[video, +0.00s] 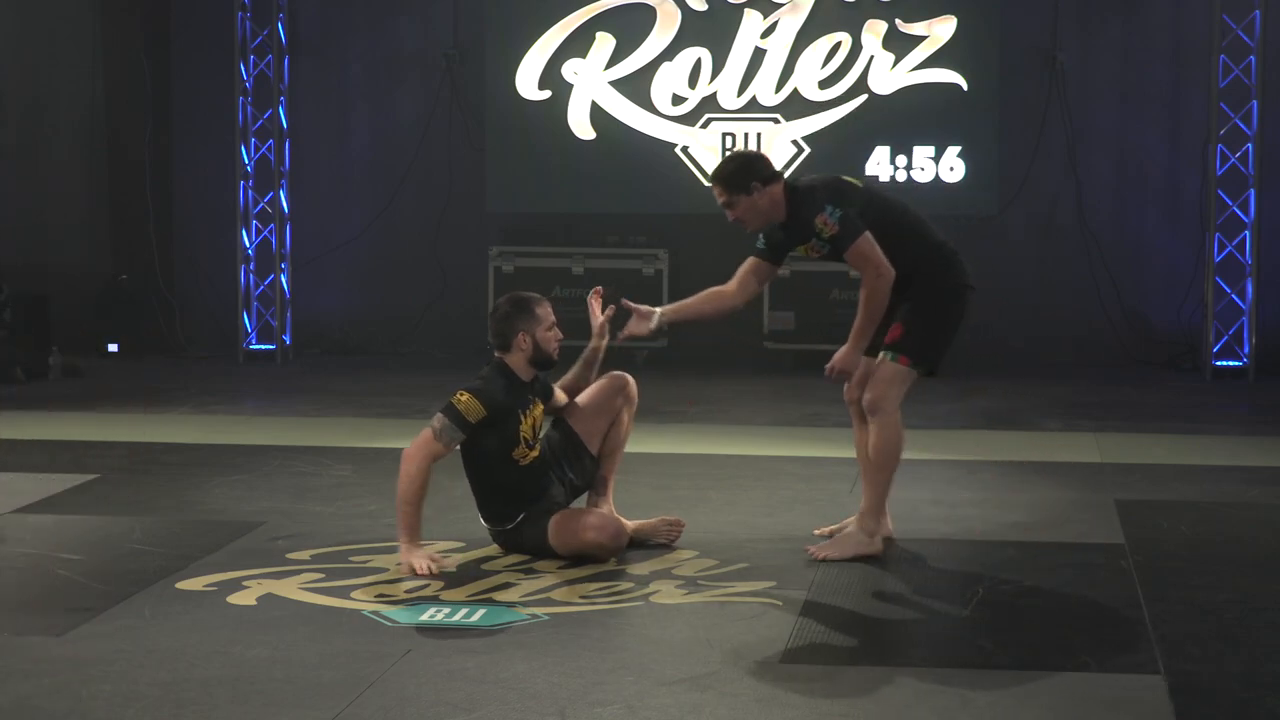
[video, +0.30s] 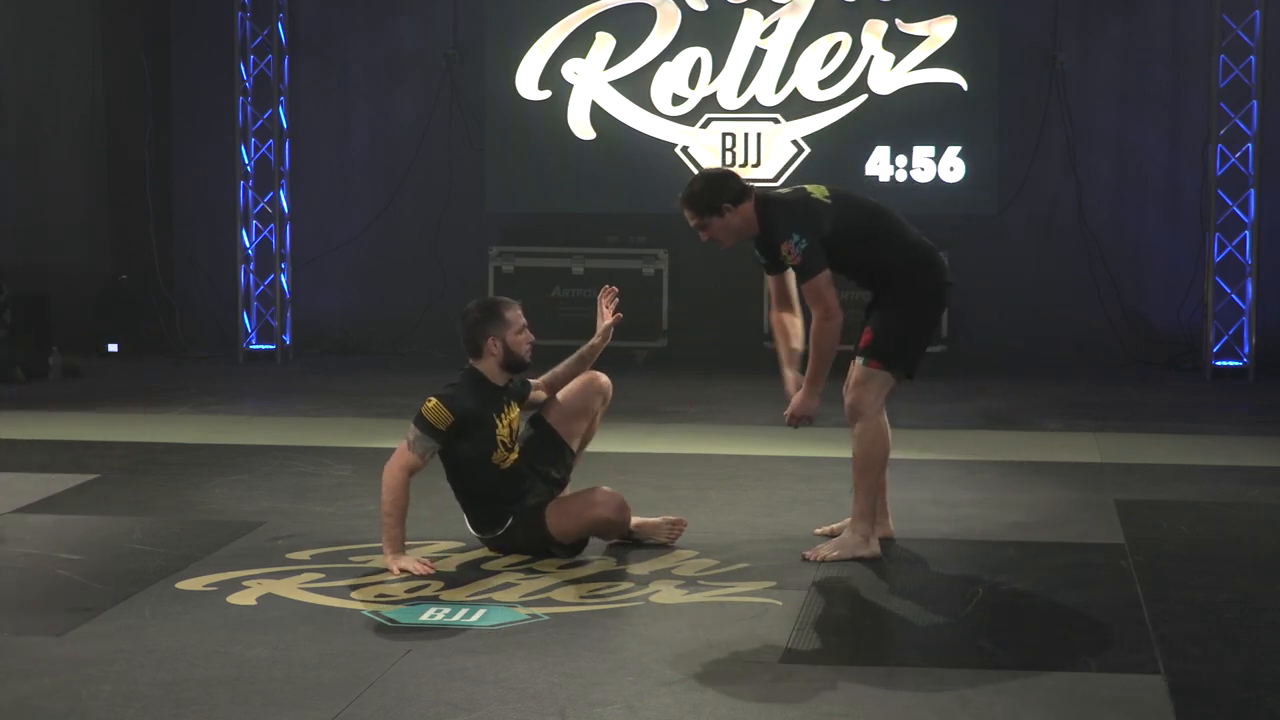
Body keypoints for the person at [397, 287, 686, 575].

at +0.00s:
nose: (559, 335)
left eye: (556, 327)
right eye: (551, 329)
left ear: (524, 341)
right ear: (523, 341)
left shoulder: (532, 377)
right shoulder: (483, 396)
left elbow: (566, 399)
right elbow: (416, 456)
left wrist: (598, 341)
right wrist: (409, 547)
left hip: (548, 469)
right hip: (520, 519)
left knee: (621, 385)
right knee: (598, 530)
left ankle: (601, 506)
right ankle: (630, 533)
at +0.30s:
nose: (532, 336)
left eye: (528, 328)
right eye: (521, 330)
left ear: (496, 345)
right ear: (494, 345)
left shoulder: (505, 384)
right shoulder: (451, 403)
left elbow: (544, 389)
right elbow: (397, 468)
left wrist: (598, 341)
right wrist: (394, 553)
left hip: (527, 472)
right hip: (509, 523)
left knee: (596, 385)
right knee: (606, 503)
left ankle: (555, 496)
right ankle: (628, 531)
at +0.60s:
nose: (531, 334)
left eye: (527, 326)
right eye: (521, 328)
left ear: (496, 342)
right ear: (492, 343)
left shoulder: (510, 376)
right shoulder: (448, 401)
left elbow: (555, 385)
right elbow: (402, 472)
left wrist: (617, 343)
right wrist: (394, 553)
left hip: (530, 469)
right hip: (508, 520)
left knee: (604, 392)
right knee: (595, 504)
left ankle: (558, 510)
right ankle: (637, 525)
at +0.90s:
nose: (531, 345)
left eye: (527, 336)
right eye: (521, 339)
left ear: (500, 348)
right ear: (490, 352)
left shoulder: (518, 368)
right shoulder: (449, 405)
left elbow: (597, 366)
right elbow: (395, 478)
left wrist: (674, 363)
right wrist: (392, 552)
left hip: (520, 467)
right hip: (503, 514)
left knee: (599, 393)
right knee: (625, 484)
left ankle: (562, 519)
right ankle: (717, 491)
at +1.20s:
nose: (513, 365)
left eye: (508, 356)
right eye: (501, 362)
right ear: (474, 381)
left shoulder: (519, 380)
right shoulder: (460, 444)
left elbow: (604, 349)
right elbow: (437, 518)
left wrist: (666, 309)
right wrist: (460, 548)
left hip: (586, 487)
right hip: (569, 520)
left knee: (667, 398)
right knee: (598, 404)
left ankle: (621, 511)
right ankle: (692, 332)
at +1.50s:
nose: (503, 377)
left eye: (498, 367)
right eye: (490, 378)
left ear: (496, 360)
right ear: (462, 398)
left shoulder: (512, 370)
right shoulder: (447, 446)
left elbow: (584, 335)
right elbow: (441, 529)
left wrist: (627, 311)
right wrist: (465, 549)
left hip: (566, 462)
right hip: (537, 513)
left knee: (657, 387)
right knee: (574, 478)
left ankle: (626, 513)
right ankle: (673, 493)